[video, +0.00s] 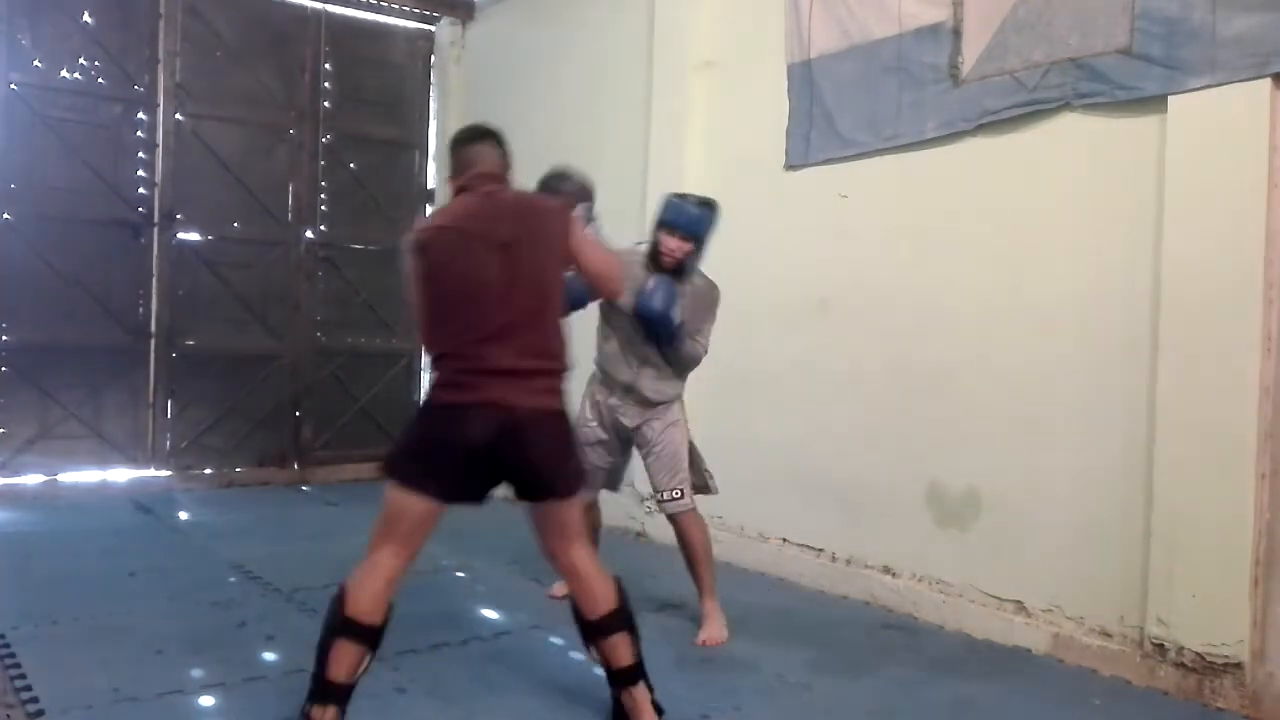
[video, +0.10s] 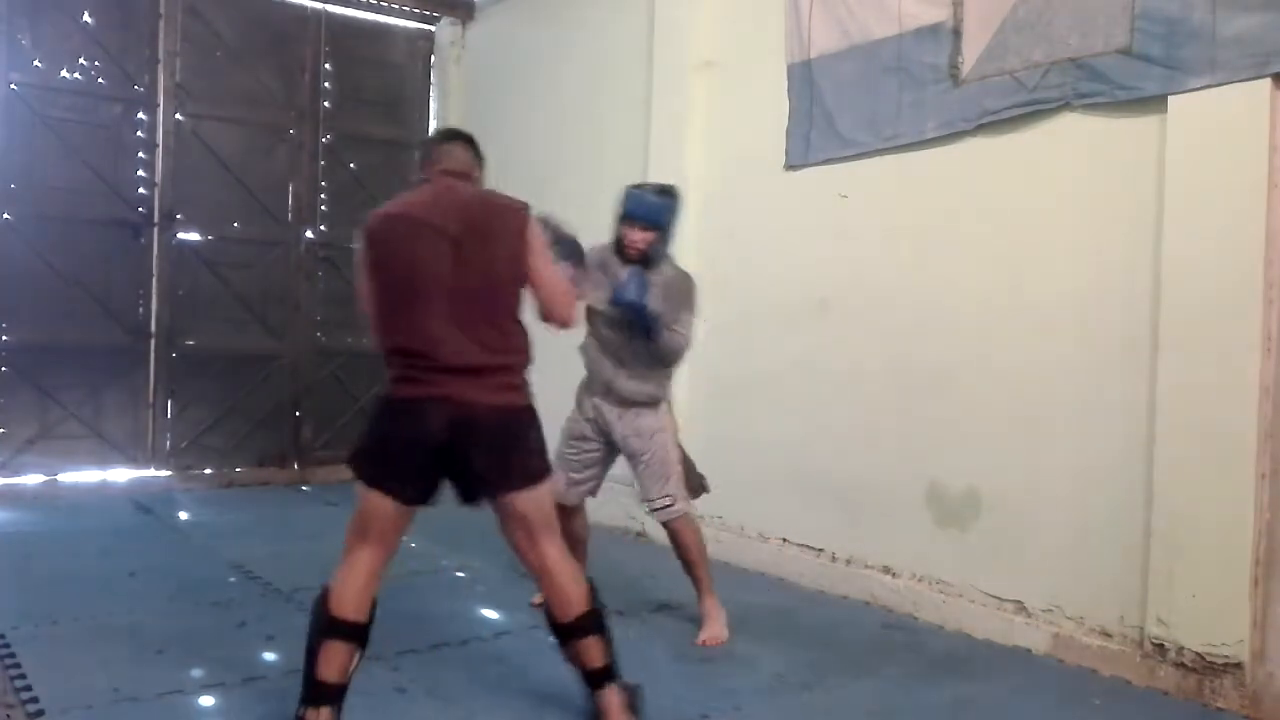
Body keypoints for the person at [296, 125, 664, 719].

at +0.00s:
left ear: (450, 176)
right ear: (509, 170)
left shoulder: (425, 234)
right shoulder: (550, 214)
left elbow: (428, 331)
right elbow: (611, 282)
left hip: (452, 423)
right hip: (538, 425)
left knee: (388, 555)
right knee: (575, 556)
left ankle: (323, 707)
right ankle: (639, 703)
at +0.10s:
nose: (455, 183)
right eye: (468, 176)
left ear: (422, 170)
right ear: (480, 174)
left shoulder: (379, 226)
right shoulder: (513, 217)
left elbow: (375, 317)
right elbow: (561, 312)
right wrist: (564, 276)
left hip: (409, 421)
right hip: (499, 422)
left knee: (366, 553)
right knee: (546, 551)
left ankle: (318, 708)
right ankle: (610, 697)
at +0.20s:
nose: (464, 167)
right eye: (466, 159)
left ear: (407, 150)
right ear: (465, 156)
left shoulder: (357, 205)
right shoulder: (489, 199)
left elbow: (357, 313)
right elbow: (523, 303)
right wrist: (539, 263)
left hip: (388, 405)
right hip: (477, 404)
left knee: (360, 544)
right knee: (512, 532)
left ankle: (319, 708)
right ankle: (539, 699)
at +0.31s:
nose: (466, 161)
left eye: (467, 155)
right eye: (468, 153)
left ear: (399, 136)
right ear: (454, 144)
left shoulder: (353, 196)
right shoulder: (469, 187)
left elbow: (374, 274)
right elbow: (520, 283)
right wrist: (518, 233)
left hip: (366, 395)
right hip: (451, 398)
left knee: (348, 545)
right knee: (483, 534)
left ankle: (313, 708)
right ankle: (439, 701)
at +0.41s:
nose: (464, 165)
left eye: (466, 157)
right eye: (466, 155)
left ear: (400, 134)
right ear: (451, 144)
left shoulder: (353, 193)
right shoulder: (451, 189)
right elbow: (517, 271)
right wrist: (511, 226)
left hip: (356, 397)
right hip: (435, 405)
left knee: (362, 529)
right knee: (441, 547)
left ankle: (310, 692)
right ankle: (378, 704)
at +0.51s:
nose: (466, 165)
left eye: (469, 157)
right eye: (468, 156)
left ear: (407, 131)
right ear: (451, 143)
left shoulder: (354, 182)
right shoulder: (441, 185)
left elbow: (394, 253)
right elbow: (510, 262)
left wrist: (460, 211)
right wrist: (492, 217)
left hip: (349, 387)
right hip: (417, 397)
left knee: (381, 481)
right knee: (431, 546)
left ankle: (335, 596)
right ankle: (377, 703)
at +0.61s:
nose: (459, 160)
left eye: (464, 153)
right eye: (464, 150)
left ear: (405, 120)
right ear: (447, 137)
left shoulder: (347, 169)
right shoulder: (432, 174)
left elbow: (398, 257)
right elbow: (508, 256)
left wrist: (466, 246)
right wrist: (513, 218)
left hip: (344, 371)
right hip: (397, 384)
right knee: (409, 544)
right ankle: (373, 701)